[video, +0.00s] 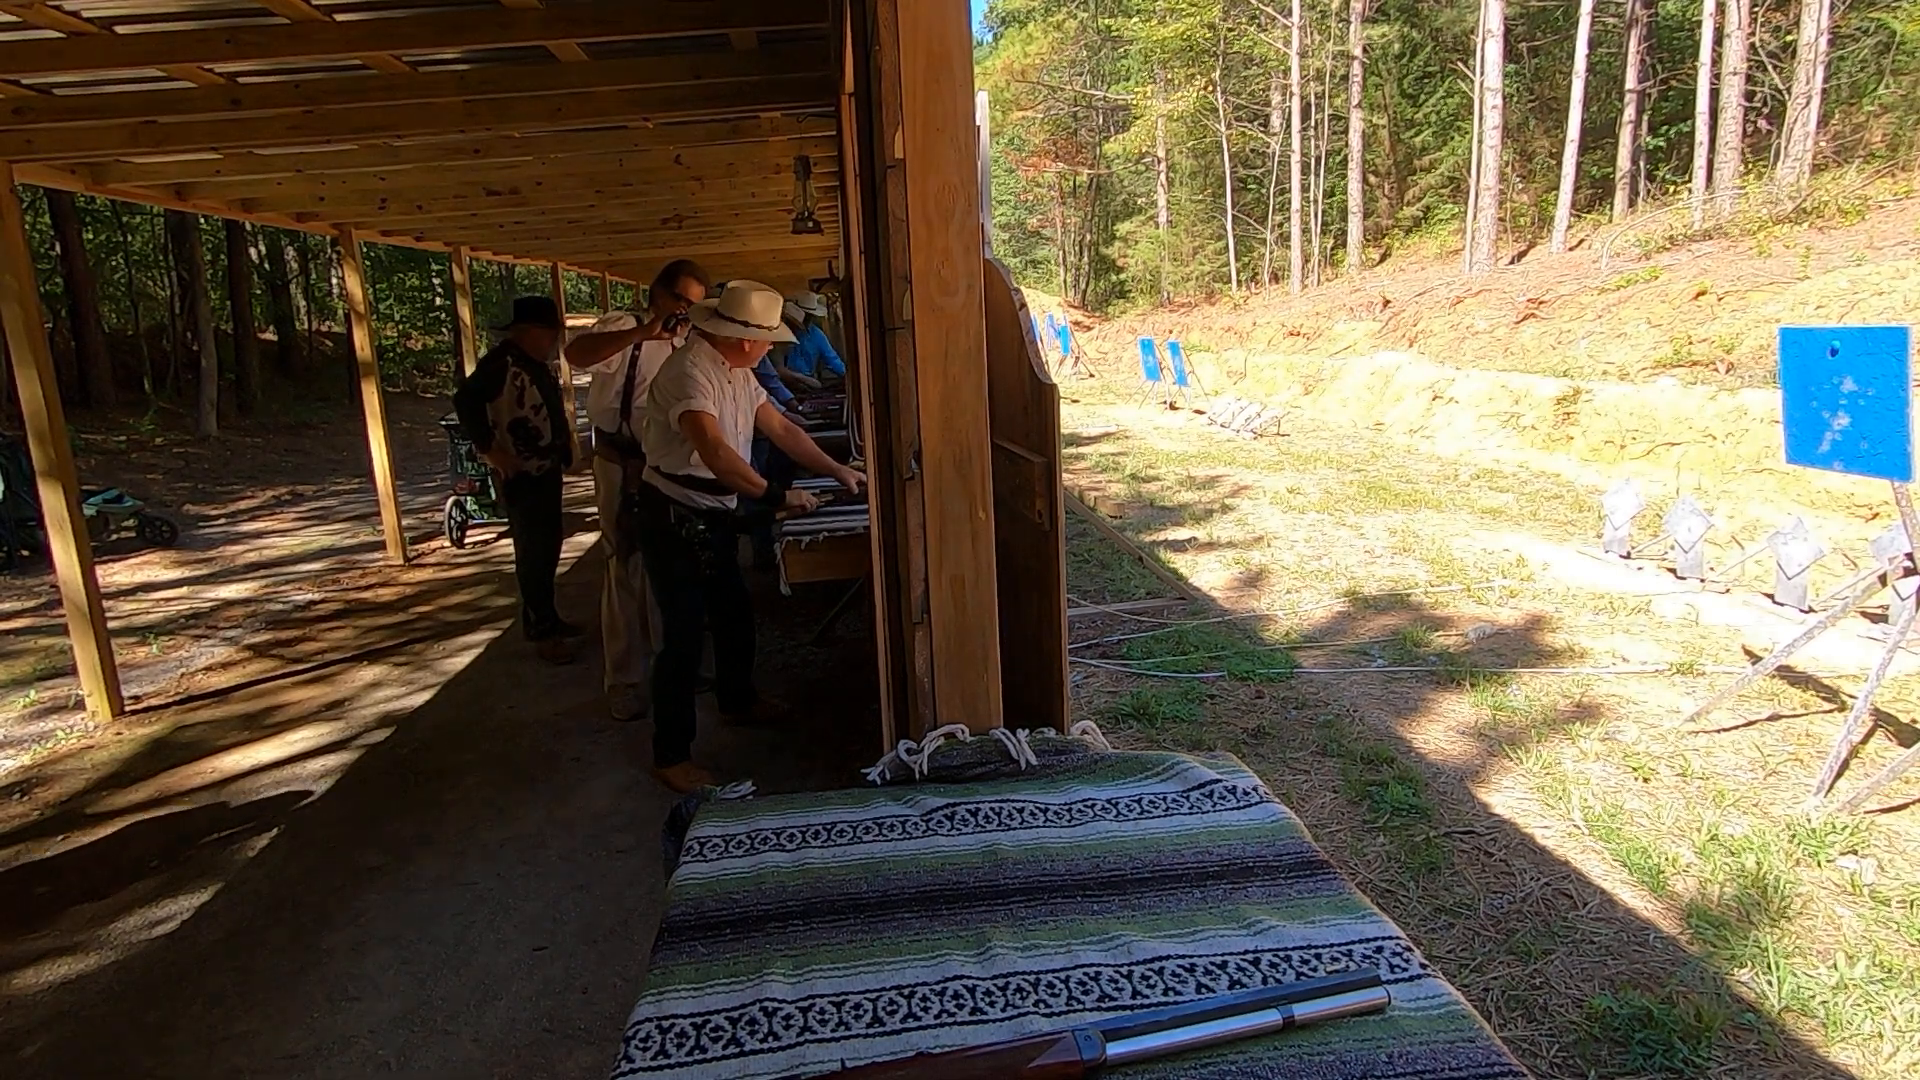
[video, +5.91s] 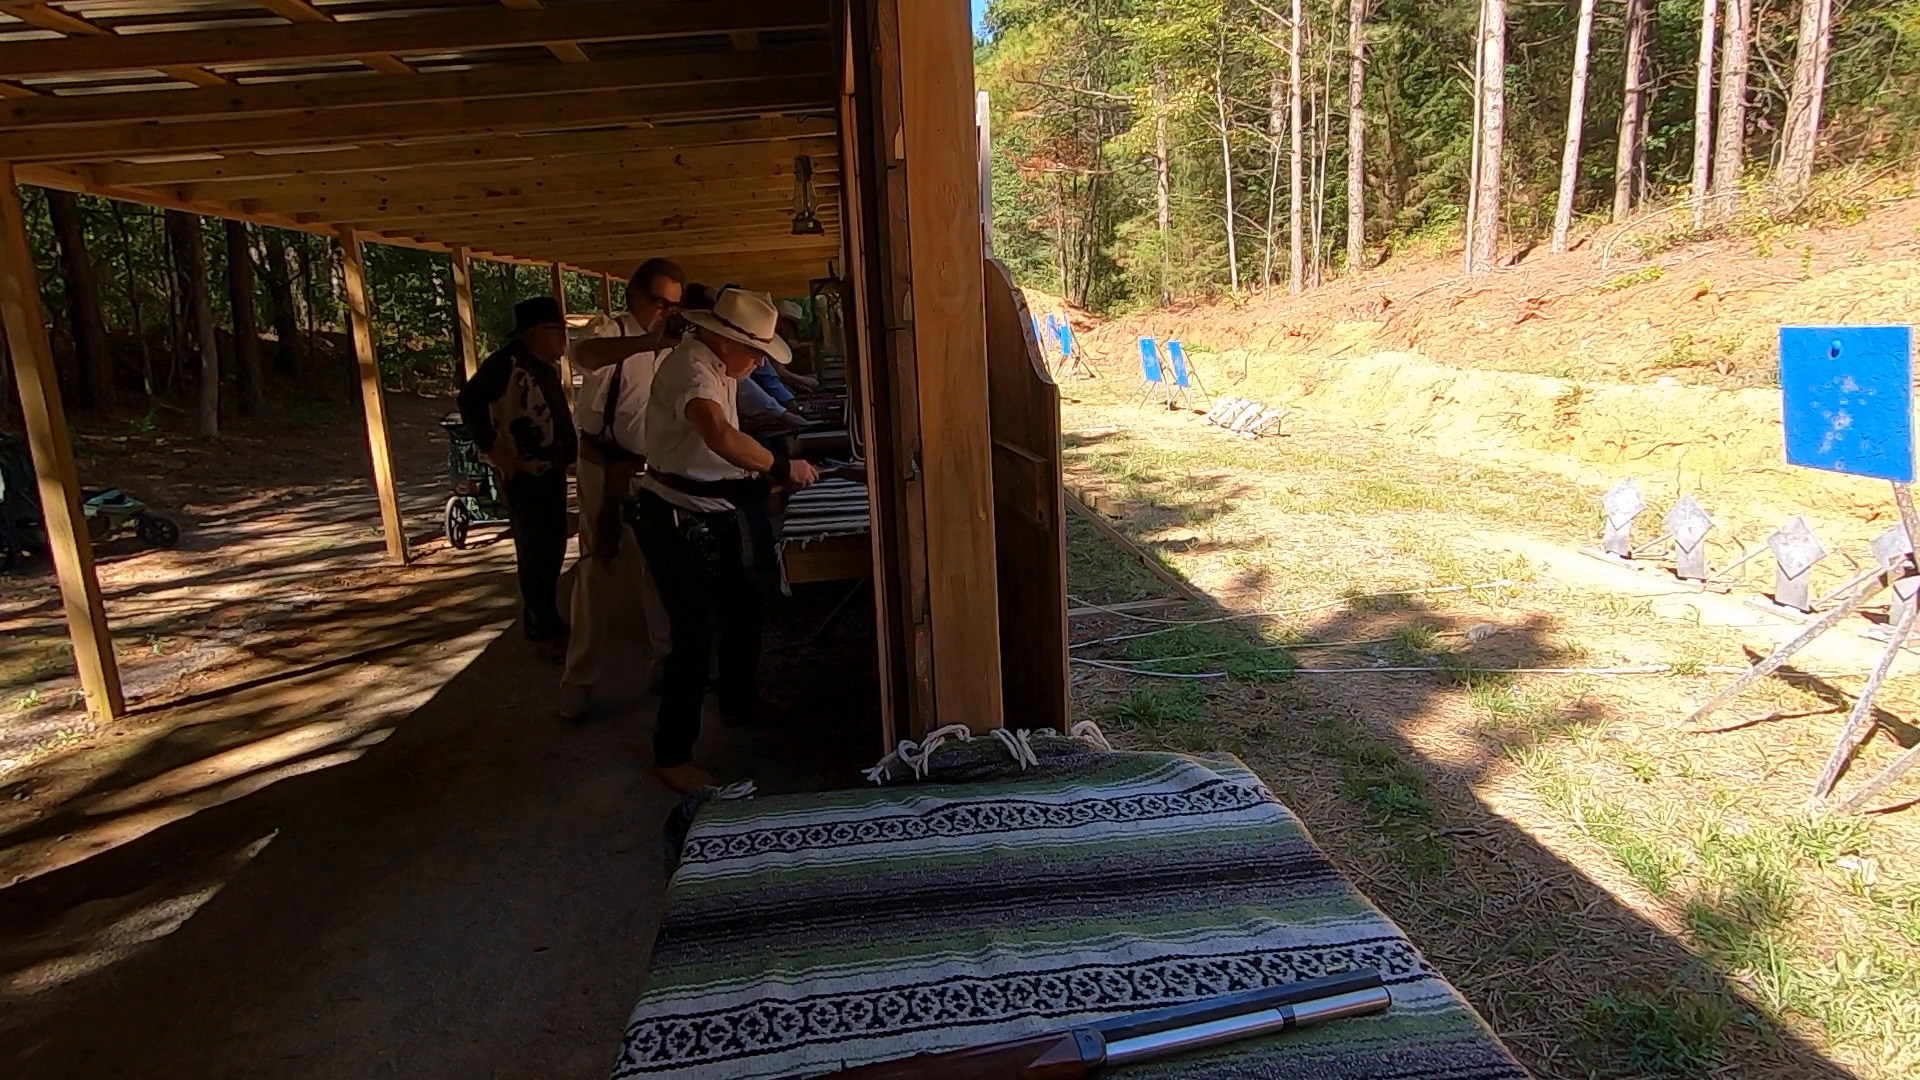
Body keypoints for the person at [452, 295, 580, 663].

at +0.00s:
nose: (557, 341)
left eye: (557, 333)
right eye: (552, 333)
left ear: (535, 331)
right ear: (531, 331)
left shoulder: (539, 363)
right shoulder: (502, 361)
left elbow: (546, 410)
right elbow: (466, 400)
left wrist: (562, 444)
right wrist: (490, 449)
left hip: (547, 471)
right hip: (522, 474)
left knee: (548, 547)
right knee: (534, 550)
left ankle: (547, 619)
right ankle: (540, 629)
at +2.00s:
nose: (563, 338)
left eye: (563, 330)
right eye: (557, 330)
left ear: (545, 332)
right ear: (534, 331)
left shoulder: (546, 365)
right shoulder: (507, 361)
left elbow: (550, 410)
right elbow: (470, 399)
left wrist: (565, 445)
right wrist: (491, 448)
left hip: (551, 472)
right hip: (525, 475)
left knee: (552, 550)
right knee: (536, 553)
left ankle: (549, 620)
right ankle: (541, 630)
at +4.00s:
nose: (562, 339)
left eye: (562, 331)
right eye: (556, 331)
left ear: (546, 334)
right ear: (533, 333)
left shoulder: (545, 366)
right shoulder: (505, 362)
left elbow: (551, 412)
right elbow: (468, 400)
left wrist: (567, 446)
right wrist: (489, 448)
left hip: (551, 473)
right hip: (524, 475)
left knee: (553, 549)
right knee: (536, 552)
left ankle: (549, 620)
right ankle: (540, 630)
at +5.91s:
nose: (564, 337)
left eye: (564, 329)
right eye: (558, 329)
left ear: (545, 333)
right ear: (536, 332)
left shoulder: (546, 367)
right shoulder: (506, 362)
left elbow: (554, 414)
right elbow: (469, 399)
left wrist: (568, 448)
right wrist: (492, 447)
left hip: (551, 473)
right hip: (525, 474)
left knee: (552, 548)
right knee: (535, 551)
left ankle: (548, 620)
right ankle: (540, 627)